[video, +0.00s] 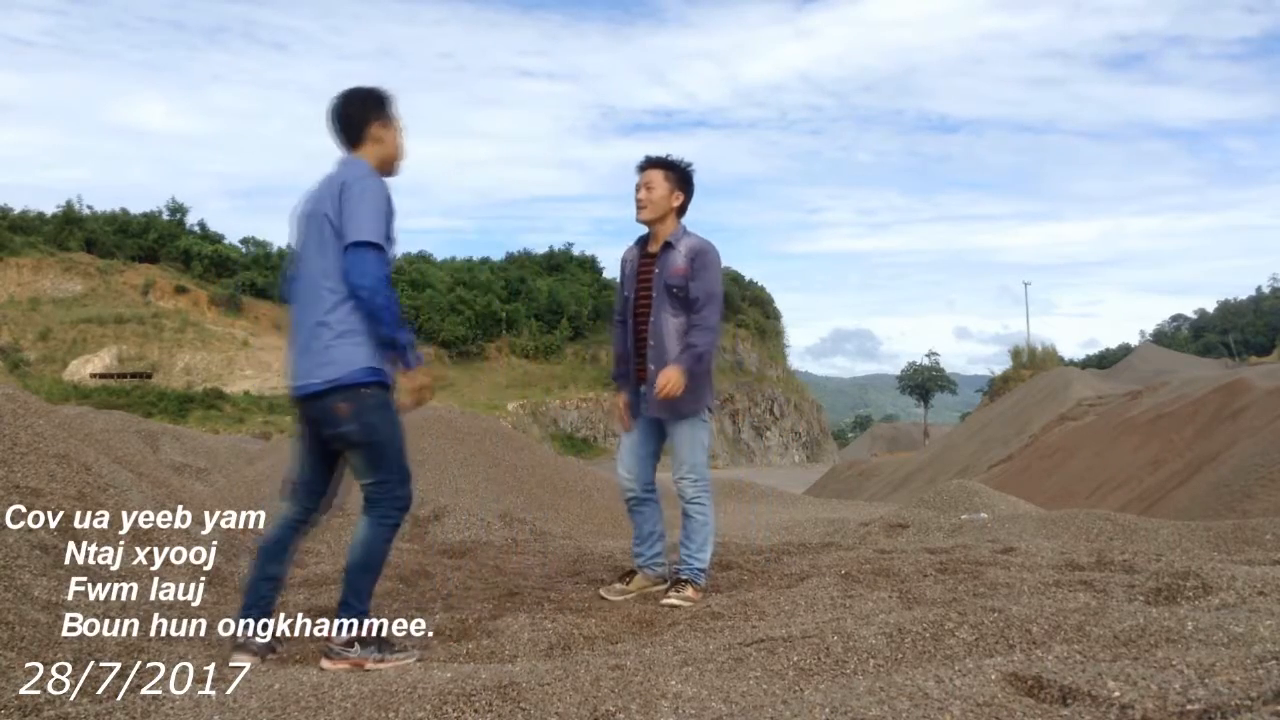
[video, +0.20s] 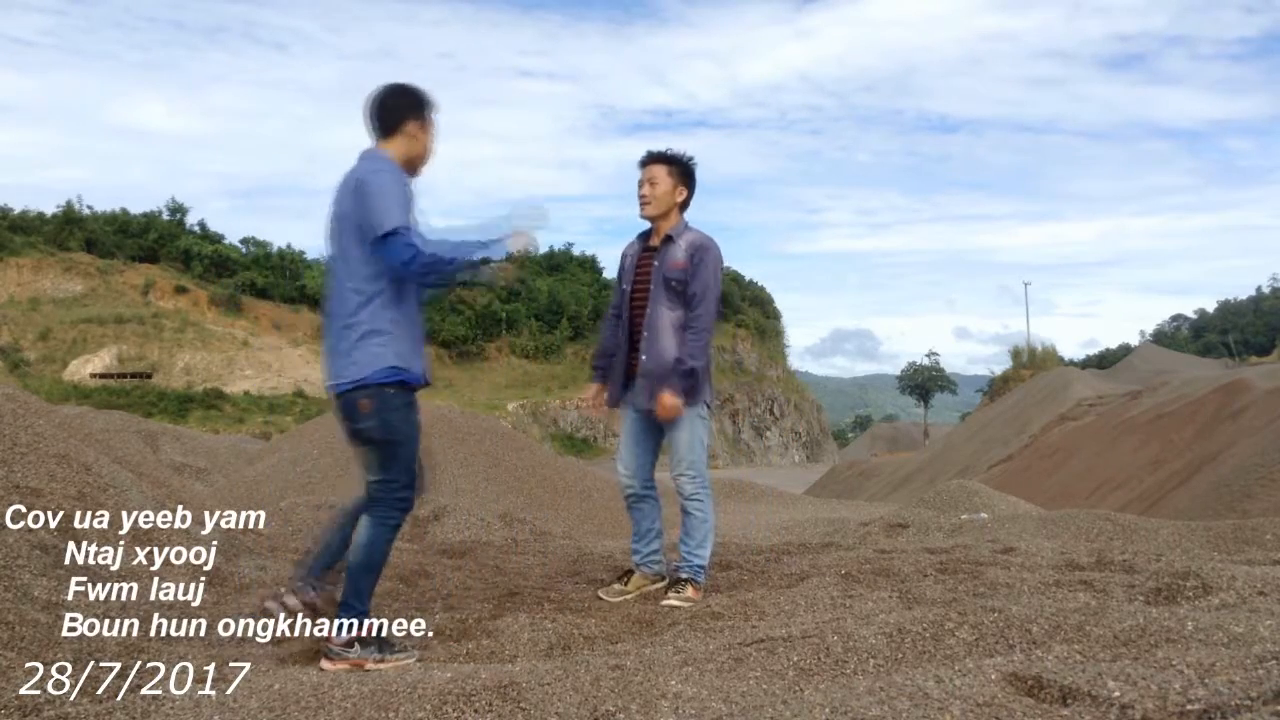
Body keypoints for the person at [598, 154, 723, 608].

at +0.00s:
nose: (639, 195)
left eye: (649, 188)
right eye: (638, 188)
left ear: (677, 198)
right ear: (641, 197)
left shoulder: (699, 252)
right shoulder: (631, 257)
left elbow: (707, 323)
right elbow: (623, 325)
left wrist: (683, 366)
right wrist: (623, 385)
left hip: (685, 390)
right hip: (642, 391)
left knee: (690, 484)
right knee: (634, 482)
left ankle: (691, 577)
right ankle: (651, 570)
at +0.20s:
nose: (642, 191)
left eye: (652, 184)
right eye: (640, 184)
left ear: (680, 193)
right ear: (640, 192)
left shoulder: (701, 249)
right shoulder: (632, 251)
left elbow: (701, 325)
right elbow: (616, 317)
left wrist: (681, 384)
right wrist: (602, 375)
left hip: (683, 385)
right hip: (637, 383)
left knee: (689, 481)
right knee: (633, 479)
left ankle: (691, 576)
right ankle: (649, 569)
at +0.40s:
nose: (647, 196)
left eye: (657, 188)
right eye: (645, 189)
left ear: (685, 197)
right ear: (646, 196)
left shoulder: (706, 255)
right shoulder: (635, 255)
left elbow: (709, 330)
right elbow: (615, 321)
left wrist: (692, 389)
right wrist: (593, 379)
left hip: (684, 391)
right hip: (638, 389)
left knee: (689, 485)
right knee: (634, 483)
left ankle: (692, 578)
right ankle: (649, 571)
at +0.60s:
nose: (653, 198)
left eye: (662, 191)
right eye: (650, 191)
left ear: (690, 200)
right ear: (648, 199)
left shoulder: (711, 258)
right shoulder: (640, 258)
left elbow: (720, 330)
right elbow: (625, 325)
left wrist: (715, 391)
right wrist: (614, 383)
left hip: (689, 394)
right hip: (643, 393)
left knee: (692, 487)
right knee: (633, 484)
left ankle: (693, 576)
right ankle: (650, 569)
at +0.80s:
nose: (655, 200)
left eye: (665, 192)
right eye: (653, 193)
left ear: (692, 201)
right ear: (652, 200)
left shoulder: (712, 259)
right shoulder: (644, 259)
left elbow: (726, 331)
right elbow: (632, 325)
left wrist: (725, 394)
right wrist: (625, 387)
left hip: (692, 394)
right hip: (647, 392)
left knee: (694, 486)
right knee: (636, 483)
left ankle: (693, 577)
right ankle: (649, 569)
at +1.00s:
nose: (665, 204)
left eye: (674, 196)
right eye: (662, 197)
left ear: (702, 203)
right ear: (663, 203)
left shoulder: (718, 260)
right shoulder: (655, 261)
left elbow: (723, 331)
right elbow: (639, 325)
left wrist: (714, 394)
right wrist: (622, 384)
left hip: (696, 393)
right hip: (654, 391)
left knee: (698, 486)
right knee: (639, 477)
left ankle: (693, 576)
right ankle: (654, 567)